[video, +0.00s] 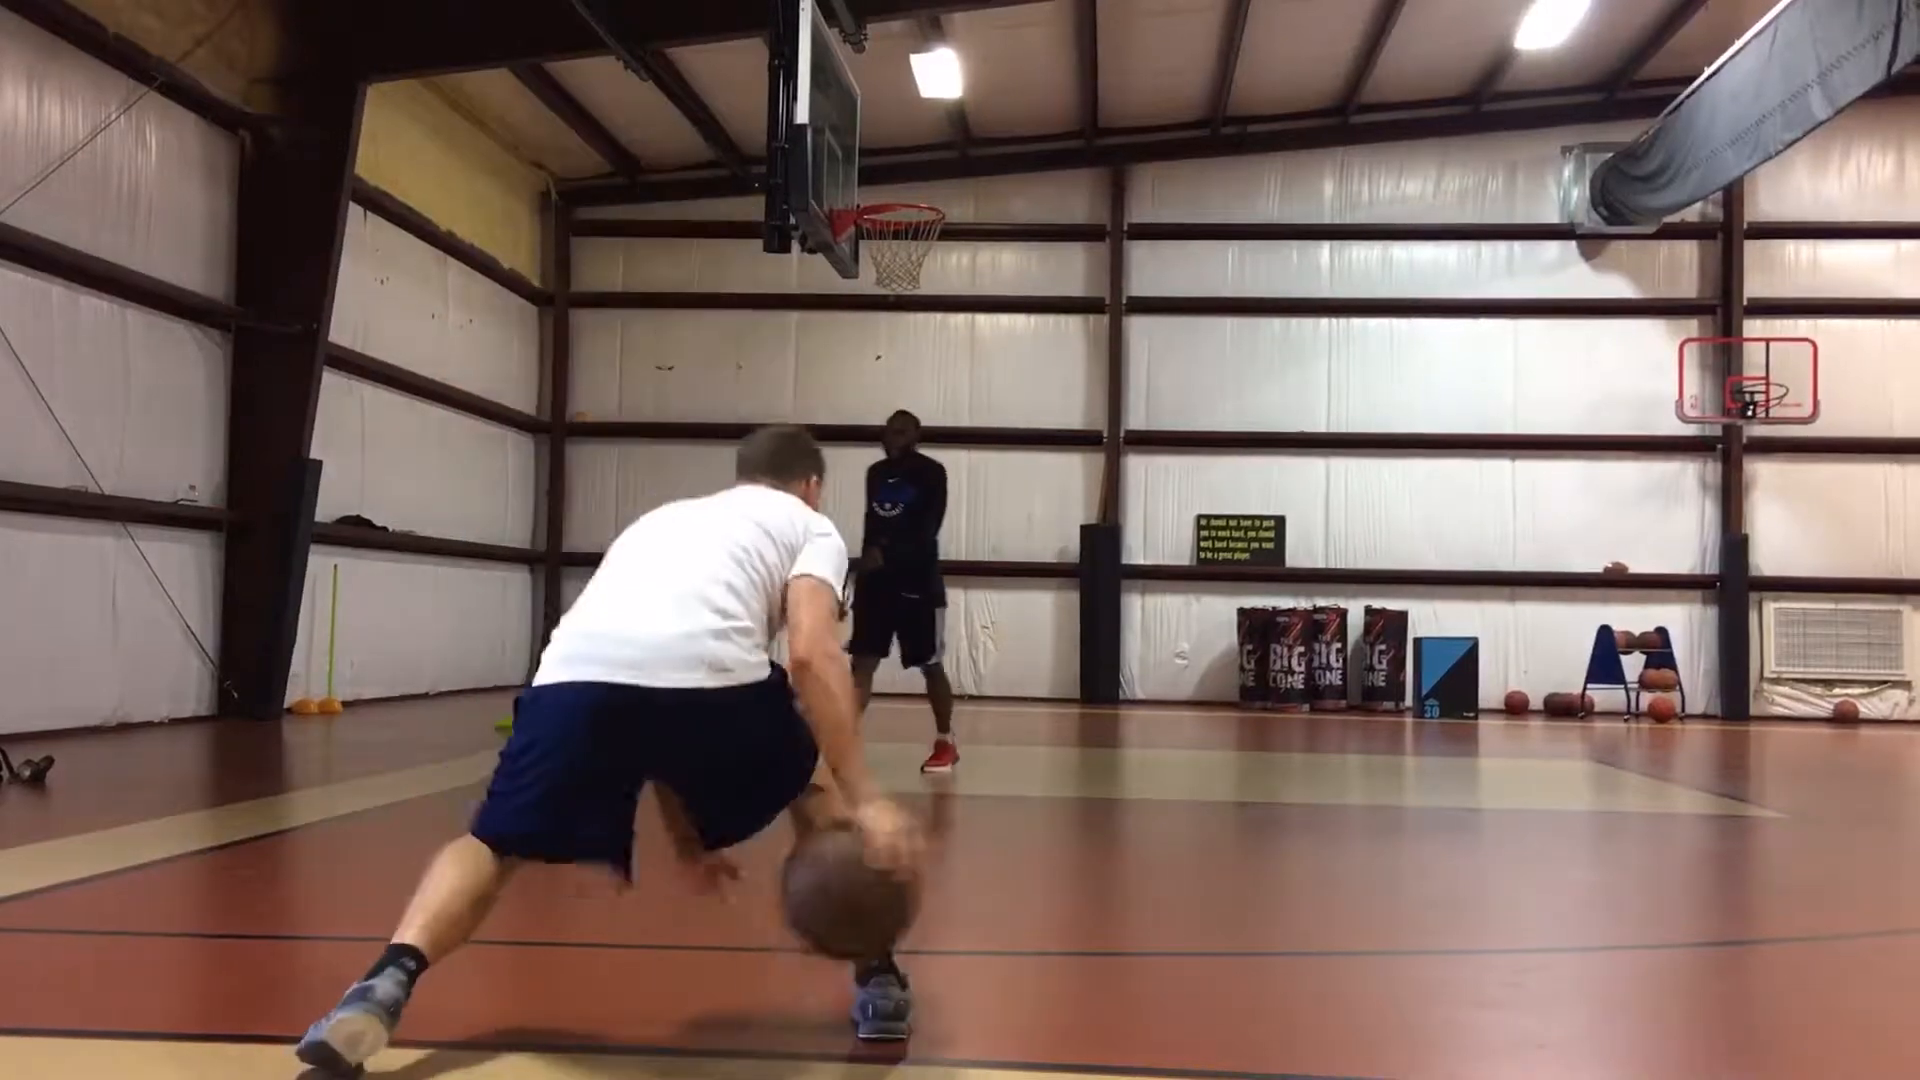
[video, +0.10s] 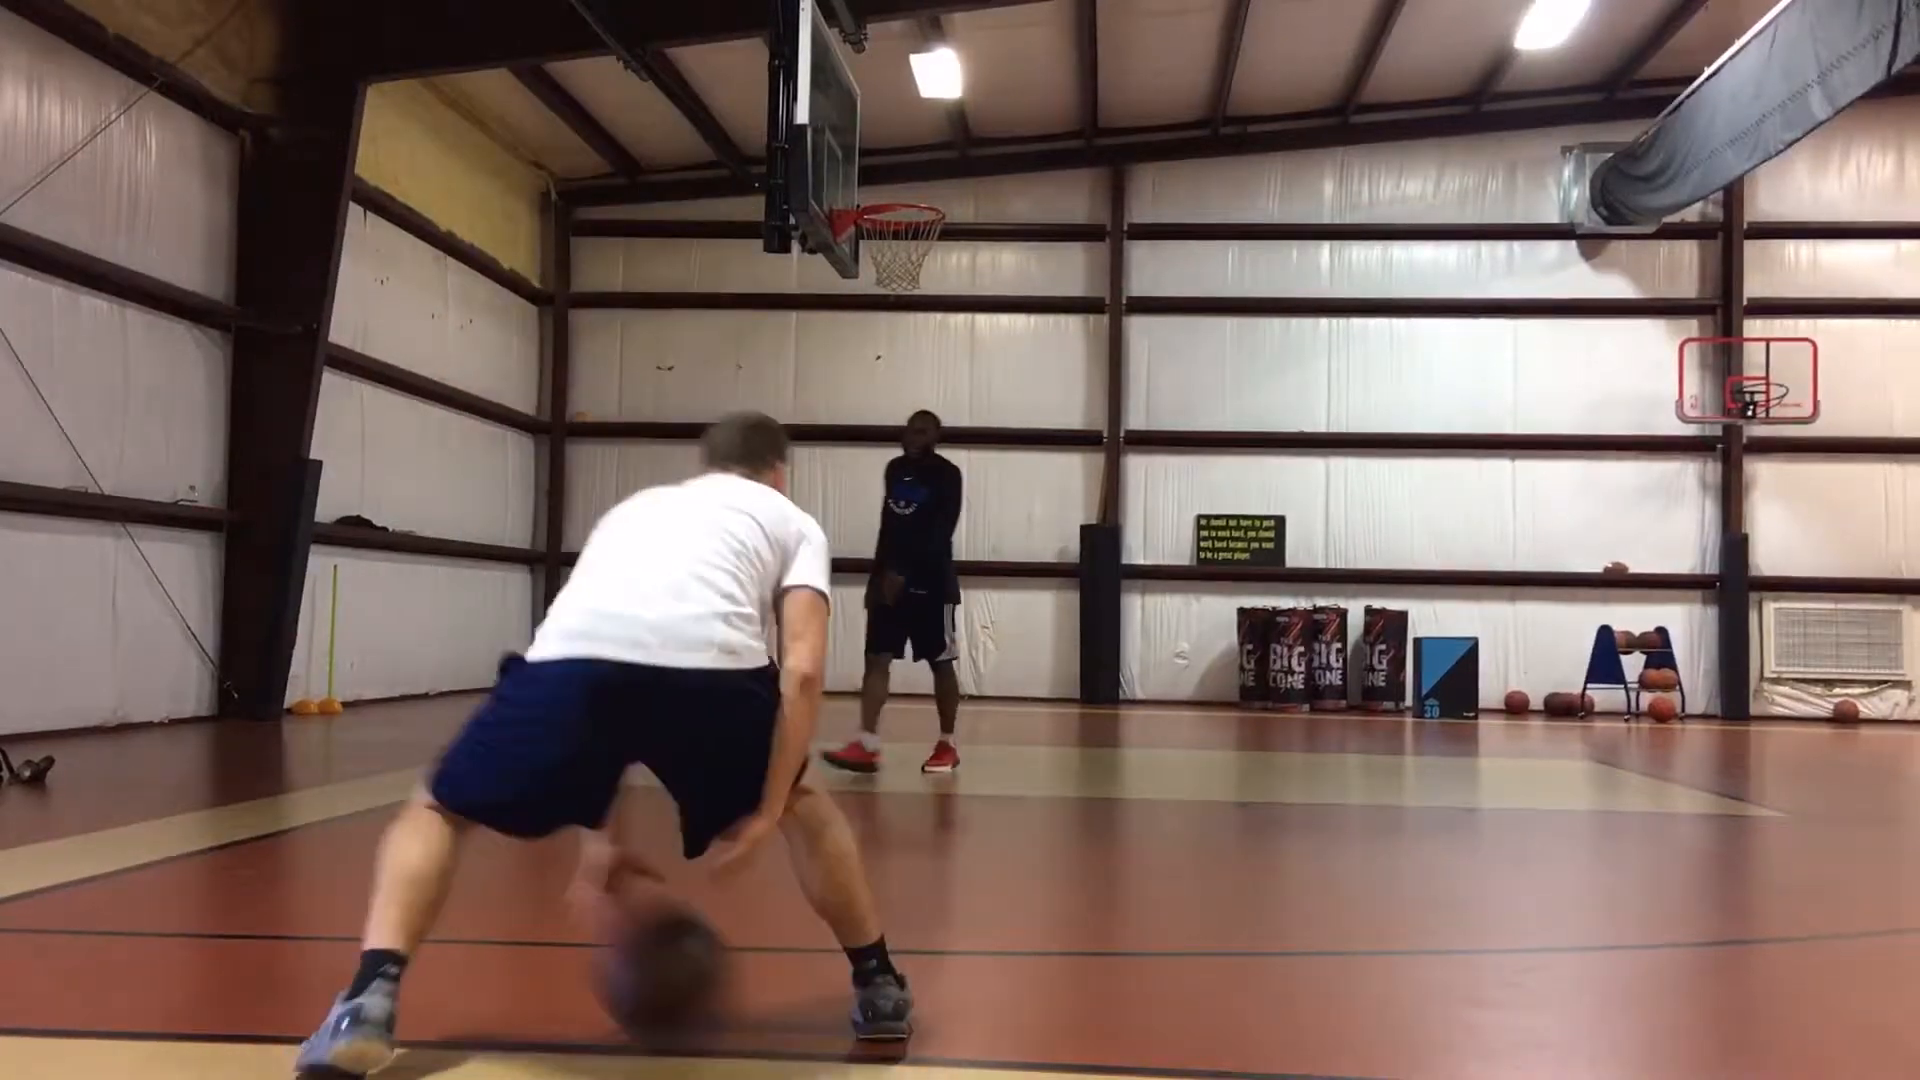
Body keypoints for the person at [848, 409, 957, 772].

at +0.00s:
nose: (892, 438)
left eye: (900, 432)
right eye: (890, 431)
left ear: (915, 436)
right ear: (884, 434)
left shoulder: (932, 472)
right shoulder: (876, 472)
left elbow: (926, 531)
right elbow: (871, 528)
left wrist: (883, 553)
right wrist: (863, 576)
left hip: (919, 586)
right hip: (876, 584)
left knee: (930, 666)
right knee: (862, 663)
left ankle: (944, 742)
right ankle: (843, 743)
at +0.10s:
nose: (913, 436)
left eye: (921, 431)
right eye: (910, 429)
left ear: (936, 437)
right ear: (904, 432)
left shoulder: (947, 473)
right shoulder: (895, 469)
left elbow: (939, 532)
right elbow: (888, 527)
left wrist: (905, 574)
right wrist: (877, 577)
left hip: (931, 585)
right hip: (890, 582)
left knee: (942, 664)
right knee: (877, 659)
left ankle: (947, 744)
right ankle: (867, 744)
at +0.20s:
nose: (933, 439)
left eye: (941, 434)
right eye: (929, 431)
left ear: (954, 438)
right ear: (922, 432)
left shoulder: (963, 478)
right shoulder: (911, 465)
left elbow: (958, 538)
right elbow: (901, 523)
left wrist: (928, 580)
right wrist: (887, 571)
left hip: (941, 583)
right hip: (902, 578)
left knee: (945, 661)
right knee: (886, 653)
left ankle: (948, 744)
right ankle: (907, 736)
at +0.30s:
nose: (946, 440)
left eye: (954, 436)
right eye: (944, 433)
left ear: (965, 443)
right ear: (937, 433)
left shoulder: (975, 485)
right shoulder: (922, 468)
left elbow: (975, 545)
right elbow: (911, 520)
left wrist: (947, 586)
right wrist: (893, 566)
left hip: (950, 585)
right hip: (914, 580)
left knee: (947, 661)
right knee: (903, 659)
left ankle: (947, 741)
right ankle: (947, 717)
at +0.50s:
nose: (957, 447)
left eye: (965, 443)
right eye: (955, 441)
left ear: (978, 451)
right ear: (949, 446)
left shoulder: (991, 489)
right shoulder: (931, 480)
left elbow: (999, 547)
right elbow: (920, 530)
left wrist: (974, 591)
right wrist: (911, 575)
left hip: (975, 583)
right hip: (941, 579)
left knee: (962, 661)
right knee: (957, 662)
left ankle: (951, 744)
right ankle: (987, 729)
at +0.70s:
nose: (961, 454)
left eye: (968, 449)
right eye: (958, 448)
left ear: (981, 453)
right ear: (952, 452)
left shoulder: (1002, 482)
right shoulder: (942, 487)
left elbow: (1013, 542)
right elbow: (942, 542)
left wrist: (998, 590)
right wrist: (946, 589)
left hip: (994, 584)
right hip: (959, 583)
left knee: (983, 658)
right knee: (975, 659)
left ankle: (978, 736)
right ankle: (994, 735)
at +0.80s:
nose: (962, 448)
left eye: (969, 443)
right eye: (959, 443)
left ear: (984, 447)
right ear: (955, 450)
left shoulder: (1006, 476)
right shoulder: (949, 486)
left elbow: (1025, 529)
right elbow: (950, 539)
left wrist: (1010, 579)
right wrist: (955, 585)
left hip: (1004, 580)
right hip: (970, 580)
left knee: (997, 649)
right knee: (979, 655)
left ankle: (1007, 731)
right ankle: (991, 733)